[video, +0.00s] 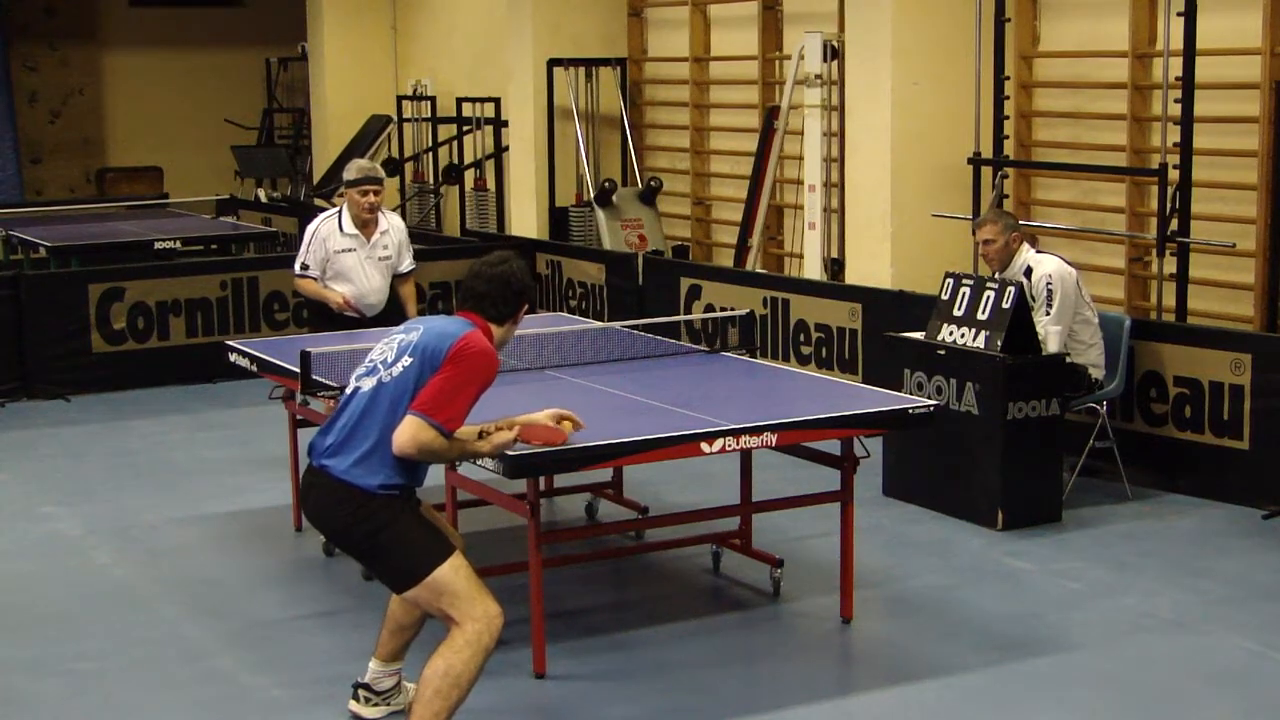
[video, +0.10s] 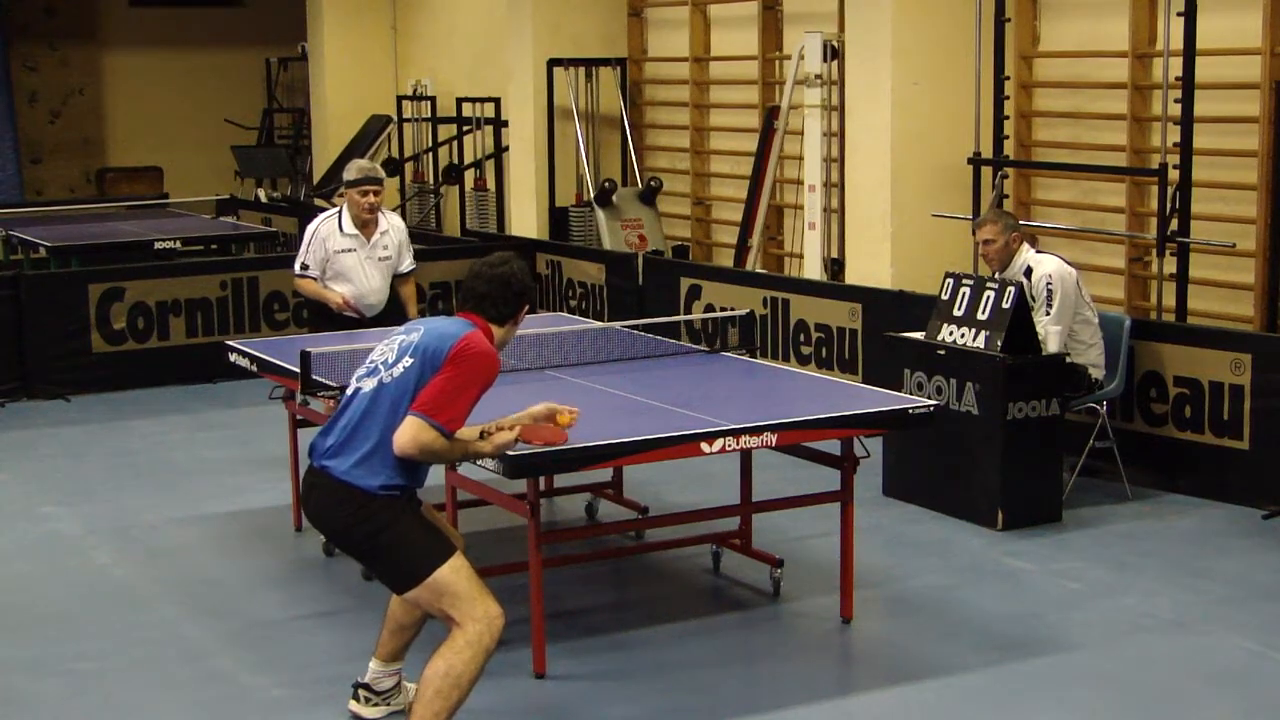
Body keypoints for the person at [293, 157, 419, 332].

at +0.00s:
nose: (372, 200)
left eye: (377, 193)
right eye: (363, 194)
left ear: (383, 193)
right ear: (345, 194)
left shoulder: (395, 225)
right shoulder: (322, 229)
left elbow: (404, 278)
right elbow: (302, 280)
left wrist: (414, 320)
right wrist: (330, 297)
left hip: (381, 319)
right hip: (334, 321)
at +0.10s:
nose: (372, 201)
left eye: (377, 193)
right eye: (363, 194)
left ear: (383, 194)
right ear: (346, 194)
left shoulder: (395, 225)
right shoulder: (322, 229)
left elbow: (405, 279)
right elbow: (302, 280)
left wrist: (414, 321)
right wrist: (330, 297)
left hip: (382, 319)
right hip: (335, 321)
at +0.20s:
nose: (371, 201)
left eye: (376, 194)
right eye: (363, 194)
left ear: (383, 194)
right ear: (345, 194)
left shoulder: (395, 226)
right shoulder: (322, 229)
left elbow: (405, 278)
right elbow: (301, 280)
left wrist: (414, 320)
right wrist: (329, 298)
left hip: (381, 319)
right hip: (334, 321)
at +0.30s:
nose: (371, 202)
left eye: (376, 195)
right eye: (363, 196)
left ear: (383, 195)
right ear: (345, 195)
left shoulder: (395, 227)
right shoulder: (321, 230)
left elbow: (405, 279)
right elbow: (301, 281)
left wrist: (414, 320)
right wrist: (328, 298)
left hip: (380, 320)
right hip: (333, 322)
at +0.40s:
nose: (371, 203)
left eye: (375, 196)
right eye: (362, 197)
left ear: (382, 196)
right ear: (344, 196)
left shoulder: (394, 228)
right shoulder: (320, 231)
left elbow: (404, 279)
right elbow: (300, 282)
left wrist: (413, 321)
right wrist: (327, 299)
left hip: (380, 321)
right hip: (333, 323)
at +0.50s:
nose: (369, 206)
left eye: (374, 199)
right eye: (361, 199)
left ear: (380, 198)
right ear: (343, 198)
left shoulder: (393, 230)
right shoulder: (318, 233)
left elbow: (403, 281)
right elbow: (299, 283)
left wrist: (412, 322)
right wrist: (326, 300)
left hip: (379, 321)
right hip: (331, 324)